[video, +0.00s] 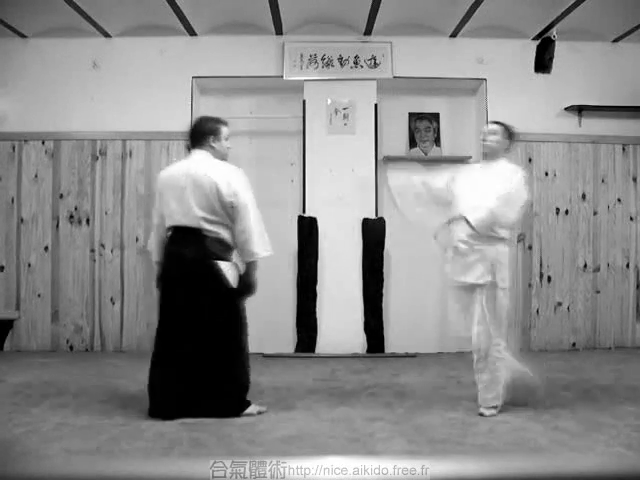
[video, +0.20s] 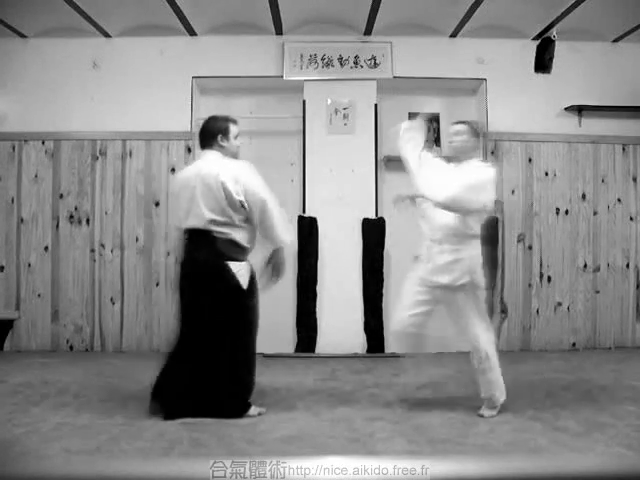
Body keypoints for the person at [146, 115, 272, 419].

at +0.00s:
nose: (228, 145)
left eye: (228, 139)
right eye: (225, 140)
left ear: (196, 141)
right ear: (212, 142)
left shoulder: (167, 174)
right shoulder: (228, 175)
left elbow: (159, 226)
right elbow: (246, 228)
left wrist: (160, 264)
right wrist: (250, 271)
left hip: (174, 262)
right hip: (215, 264)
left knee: (173, 333)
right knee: (226, 334)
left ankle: (168, 403)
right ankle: (230, 402)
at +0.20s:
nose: (239, 144)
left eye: (238, 137)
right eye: (235, 138)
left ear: (206, 141)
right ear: (221, 140)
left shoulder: (183, 174)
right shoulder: (238, 171)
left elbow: (178, 220)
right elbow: (267, 211)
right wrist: (279, 248)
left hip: (192, 259)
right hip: (229, 262)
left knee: (193, 332)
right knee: (236, 334)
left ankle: (171, 397)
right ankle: (233, 403)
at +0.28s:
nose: (241, 141)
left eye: (240, 135)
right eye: (237, 135)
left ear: (212, 140)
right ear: (221, 139)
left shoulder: (193, 172)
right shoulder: (237, 168)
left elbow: (190, 215)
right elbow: (284, 197)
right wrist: (297, 214)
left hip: (198, 257)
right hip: (231, 259)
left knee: (202, 330)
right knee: (242, 332)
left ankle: (189, 395)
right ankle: (234, 404)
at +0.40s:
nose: (242, 139)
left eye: (239, 133)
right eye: (235, 134)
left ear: (213, 140)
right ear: (217, 140)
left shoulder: (202, 168)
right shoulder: (231, 164)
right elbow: (274, 175)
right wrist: (296, 172)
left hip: (204, 252)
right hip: (232, 255)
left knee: (209, 328)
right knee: (245, 329)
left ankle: (201, 401)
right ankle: (234, 403)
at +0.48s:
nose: (238, 139)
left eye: (237, 134)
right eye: (231, 135)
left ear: (234, 138)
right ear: (213, 141)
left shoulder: (230, 166)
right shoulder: (214, 163)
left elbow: (262, 192)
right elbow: (259, 164)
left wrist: (292, 167)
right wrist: (289, 152)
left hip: (238, 254)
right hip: (225, 255)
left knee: (231, 327)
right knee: (240, 328)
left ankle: (227, 399)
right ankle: (233, 402)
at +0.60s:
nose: (232, 139)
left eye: (235, 135)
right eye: (225, 135)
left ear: (240, 138)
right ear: (212, 141)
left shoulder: (253, 167)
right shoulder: (207, 164)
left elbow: (287, 161)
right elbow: (241, 163)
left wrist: (286, 138)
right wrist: (268, 157)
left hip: (247, 256)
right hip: (218, 255)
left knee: (253, 325)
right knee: (226, 328)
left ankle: (248, 394)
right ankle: (228, 398)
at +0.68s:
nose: (230, 145)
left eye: (233, 139)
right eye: (224, 139)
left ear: (242, 141)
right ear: (215, 143)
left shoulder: (257, 169)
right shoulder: (207, 169)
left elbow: (282, 160)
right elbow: (196, 184)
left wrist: (259, 140)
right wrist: (220, 160)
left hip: (251, 256)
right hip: (219, 255)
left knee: (246, 326)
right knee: (214, 324)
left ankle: (245, 392)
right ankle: (214, 391)